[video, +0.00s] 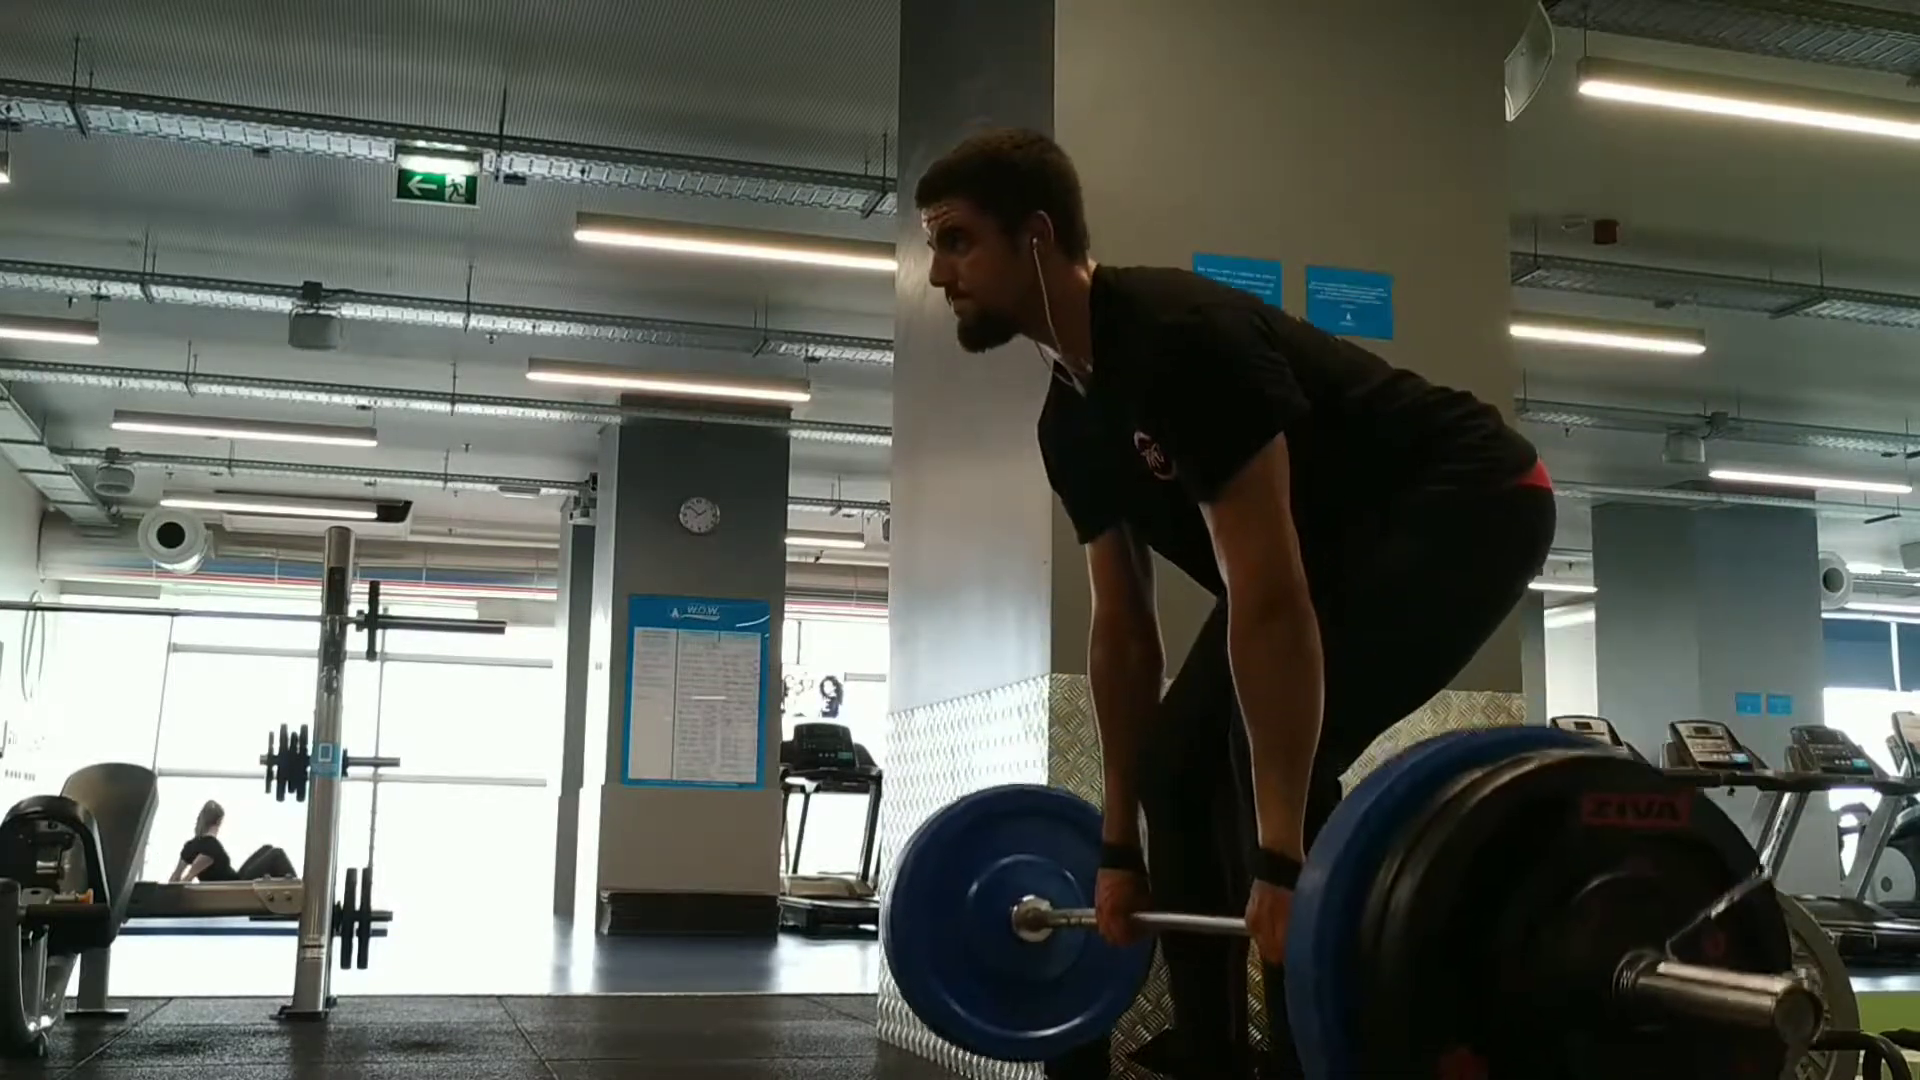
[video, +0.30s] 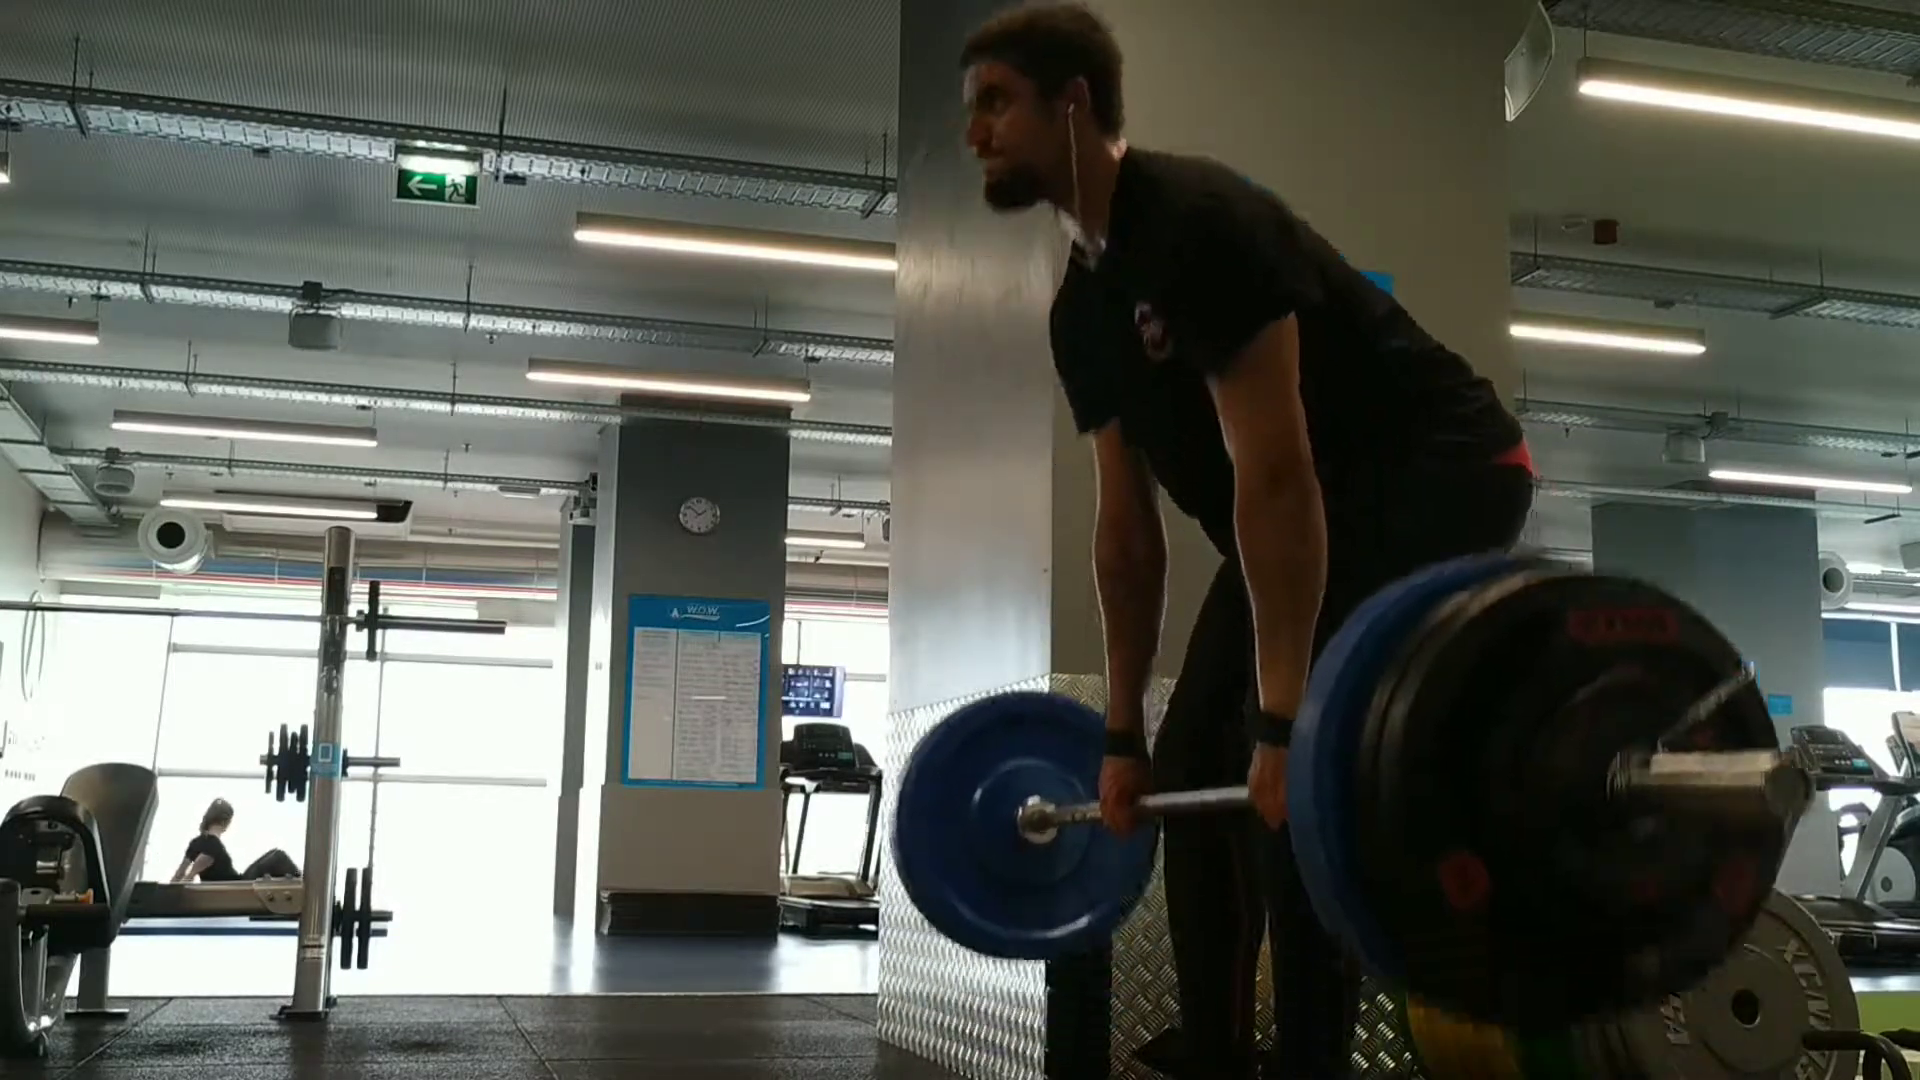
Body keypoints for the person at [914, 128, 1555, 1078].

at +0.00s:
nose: (935, 274)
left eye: (956, 243)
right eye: (933, 248)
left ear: (1039, 239)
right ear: (1028, 248)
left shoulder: (1180, 336)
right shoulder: (1071, 422)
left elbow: (1272, 603)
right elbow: (1120, 632)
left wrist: (1281, 861)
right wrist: (1119, 846)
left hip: (1464, 500)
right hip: (1332, 535)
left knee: (1275, 753)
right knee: (1176, 758)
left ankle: (1314, 1044)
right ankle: (1207, 1039)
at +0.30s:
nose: (973, 132)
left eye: (994, 103)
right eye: (970, 109)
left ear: (1076, 104)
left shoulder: (1203, 221)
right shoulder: (1080, 309)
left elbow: (1280, 481)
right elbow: (1125, 527)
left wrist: (1279, 724)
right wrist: (1123, 735)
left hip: (1432, 493)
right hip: (1296, 519)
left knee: (1310, 777)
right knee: (1195, 770)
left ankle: (1310, 1058)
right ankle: (1213, 1047)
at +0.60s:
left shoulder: (1273, 77)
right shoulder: (1149, 144)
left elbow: (1301, 320)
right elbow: (1147, 372)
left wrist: (1280, 548)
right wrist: (1125, 581)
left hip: (1295, 515)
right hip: (1202, 518)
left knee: (1278, 788)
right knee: (1184, 779)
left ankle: (1311, 1058)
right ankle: (1210, 1047)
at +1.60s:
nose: (968, 147)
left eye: (984, 116)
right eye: (961, 124)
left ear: (1067, 108)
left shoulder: (1199, 225)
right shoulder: (1083, 303)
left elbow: (1279, 487)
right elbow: (1128, 523)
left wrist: (1278, 731)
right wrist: (1114, 743)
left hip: (1431, 501)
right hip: (1294, 524)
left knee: (1311, 775)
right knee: (1189, 769)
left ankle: (1310, 1059)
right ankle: (1211, 1045)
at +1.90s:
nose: (926, 276)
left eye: (945, 246)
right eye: (923, 252)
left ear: (1027, 240)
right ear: (1017, 249)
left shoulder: (1172, 340)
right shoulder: (1059, 424)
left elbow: (1264, 610)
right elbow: (1110, 635)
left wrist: (1277, 871)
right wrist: (1110, 853)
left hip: (1452, 505)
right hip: (1312, 547)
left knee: (1271, 747)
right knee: (1165, 757)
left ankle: (1316, 1044)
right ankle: (1202, 1045)